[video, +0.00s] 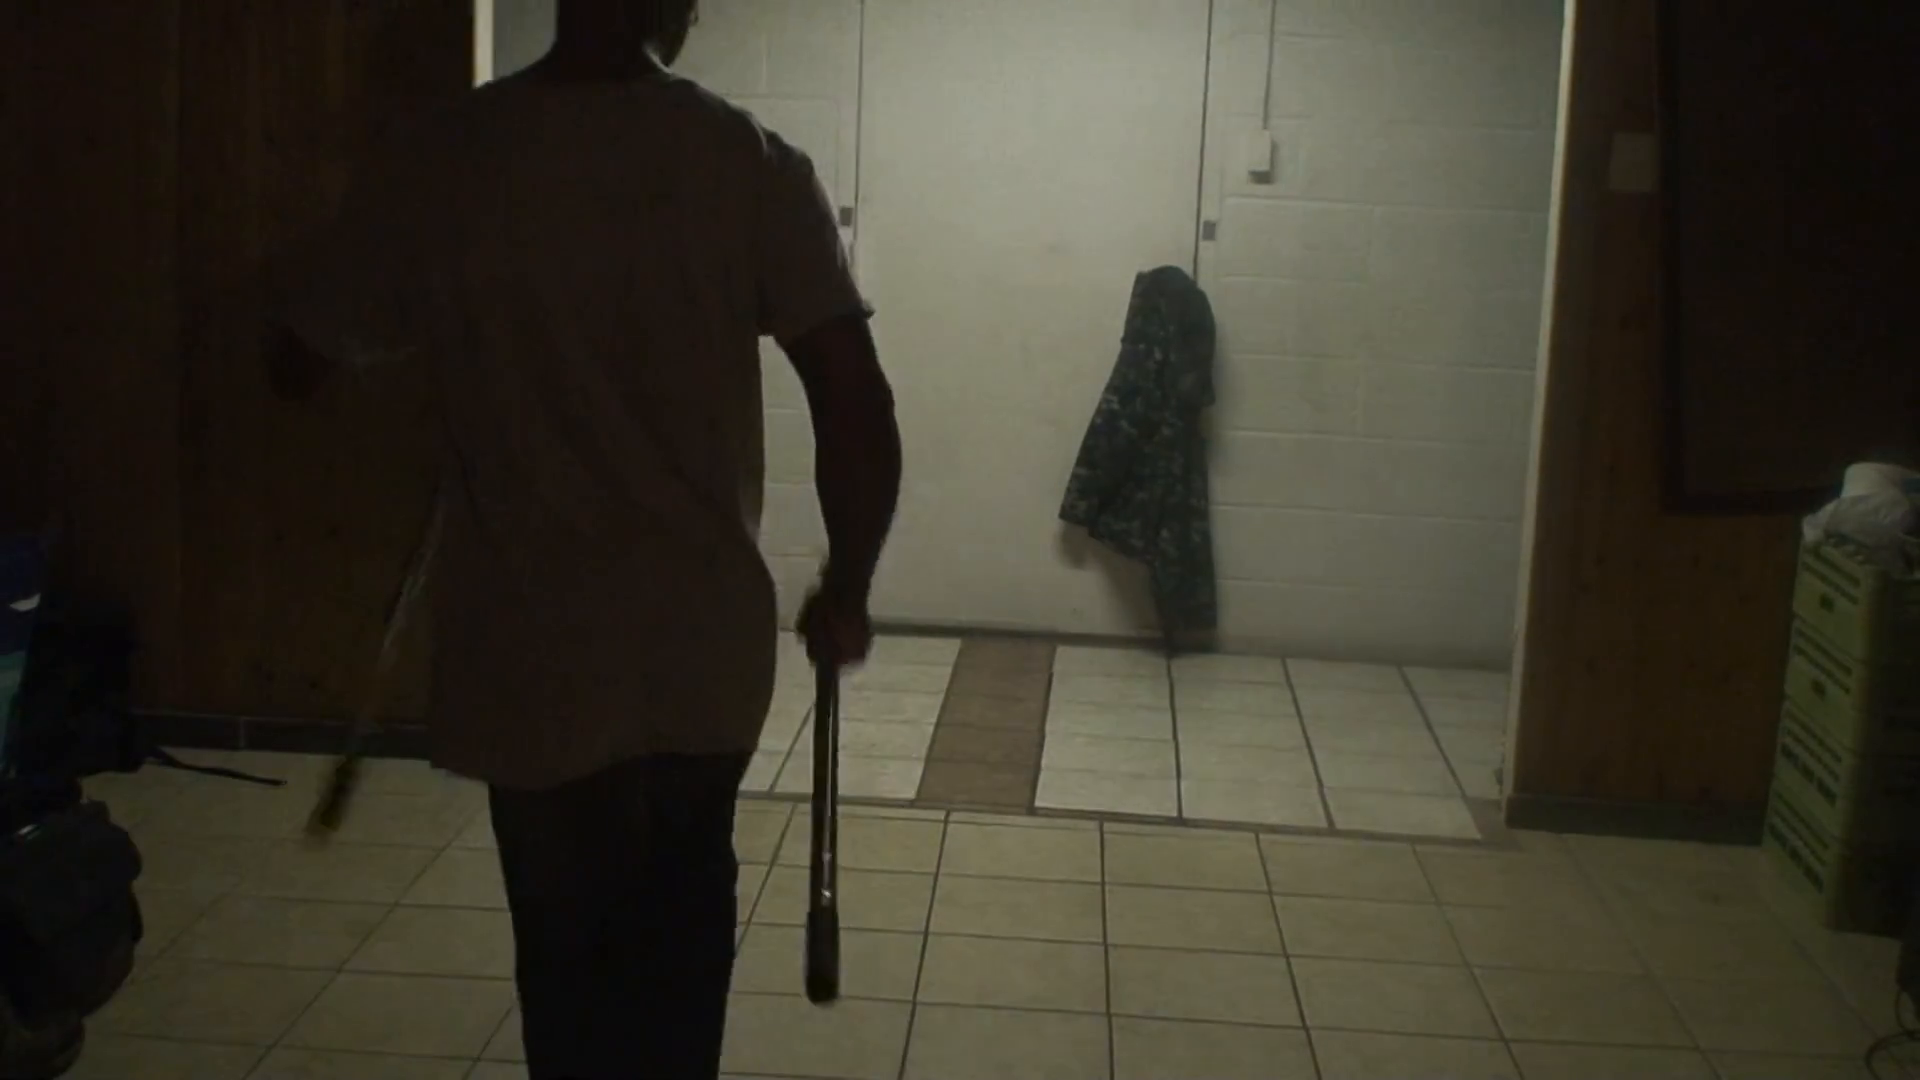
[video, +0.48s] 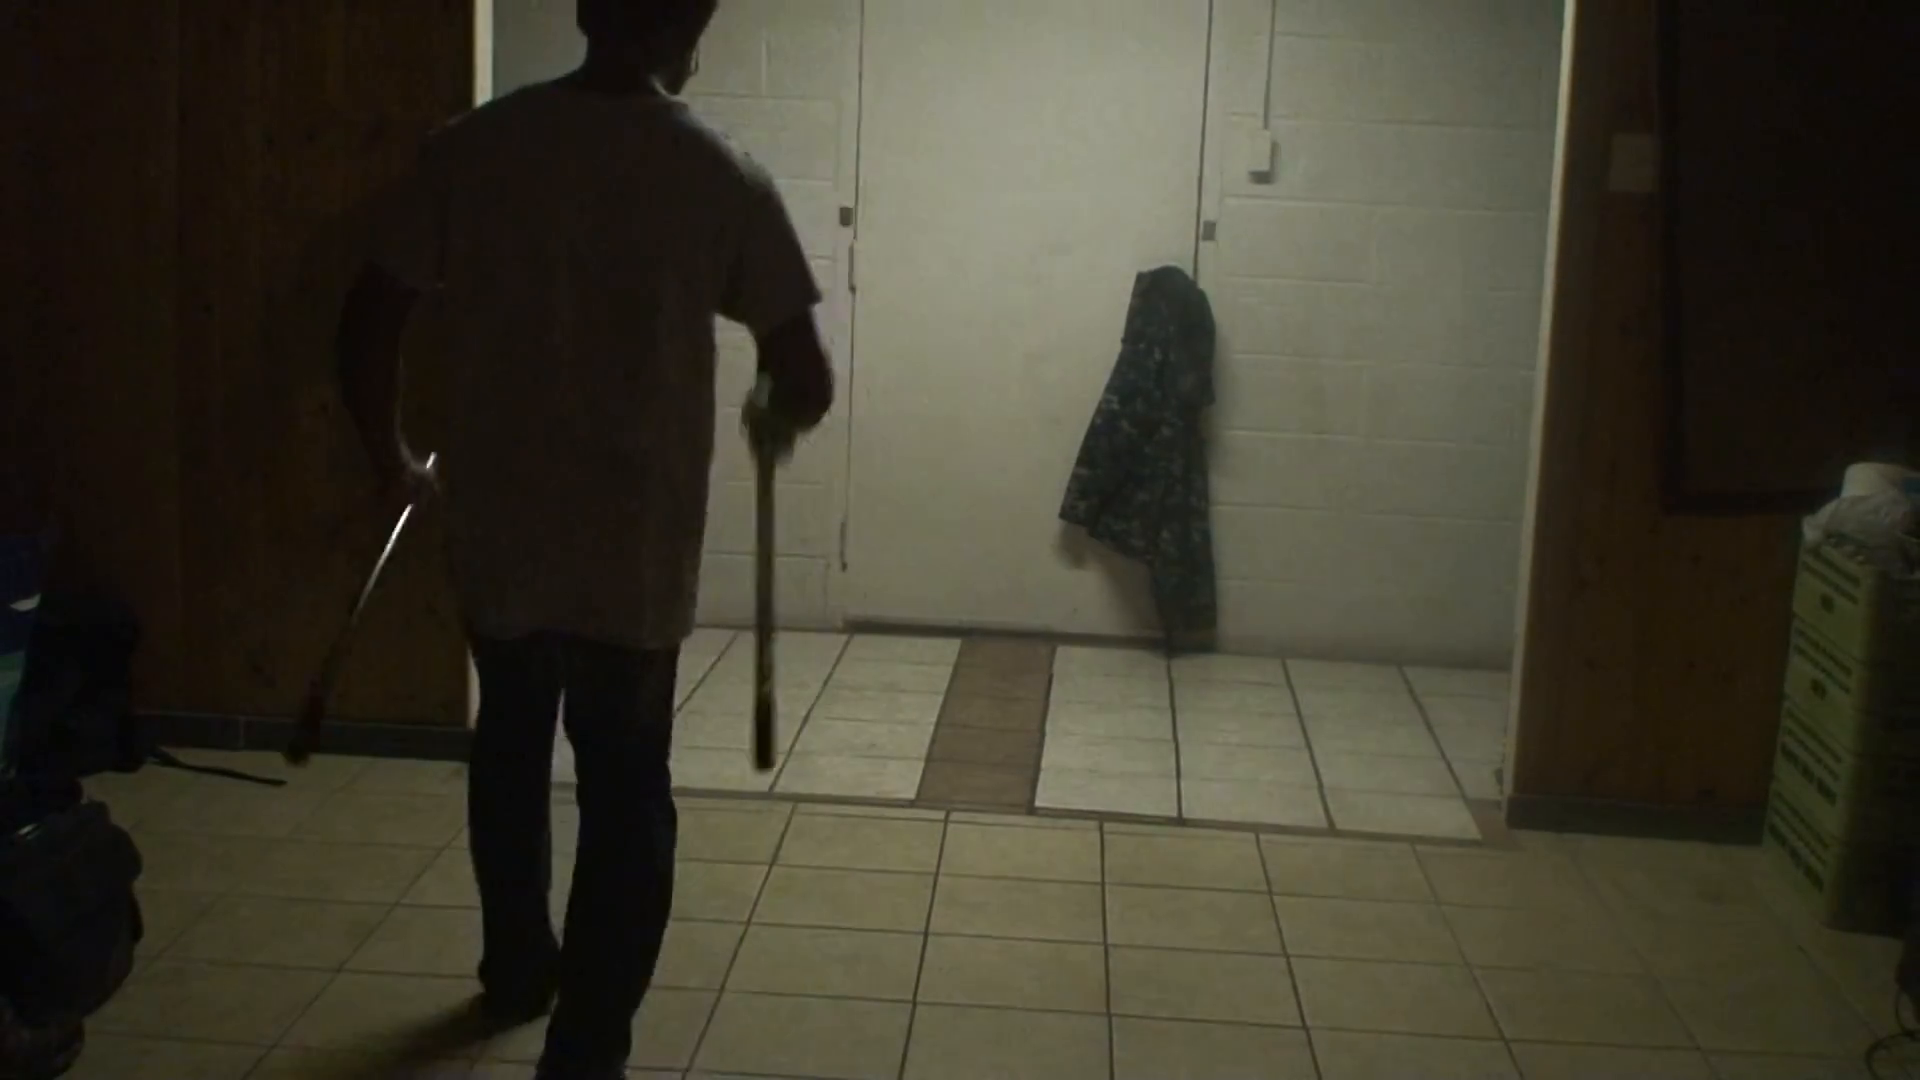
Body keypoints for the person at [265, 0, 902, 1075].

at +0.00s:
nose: (681, 21)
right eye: (684, 16)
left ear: (558, 6)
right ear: (675, 16)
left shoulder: (446, 148)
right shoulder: (747, 167)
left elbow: (298, 350)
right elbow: (856, 407)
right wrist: (847, 587)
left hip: (517, 637)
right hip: (699, 635)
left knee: (556, 940)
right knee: (681, 928)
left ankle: (571, 1074)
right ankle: (670, 1074)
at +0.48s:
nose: (699, 47)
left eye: (697, 29)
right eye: (698, 29)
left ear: (588, 21)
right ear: (678, 31)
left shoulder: (471, 146)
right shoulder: (717, 173)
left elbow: (370, 317)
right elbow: (805, 377)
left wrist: (386, 456)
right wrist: (777, 418)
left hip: (494, 524)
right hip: (635, 540)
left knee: (507, 742)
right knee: (627, 793)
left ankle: (514, 965)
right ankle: (588, 1054)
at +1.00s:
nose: (723, 74)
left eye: (720, 54)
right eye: (721, 55)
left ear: (629, 43)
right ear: (699, 55)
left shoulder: (529, 153)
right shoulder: (712, 174)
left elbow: (438, 260)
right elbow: (731, 341)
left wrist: (506, 292)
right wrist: (731, 475)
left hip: (548, 451)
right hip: (666, 453)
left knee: (558, 657)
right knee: (673, 641)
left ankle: (549, 899)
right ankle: (636, 839)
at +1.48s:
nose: (821, 65)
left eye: (820, 49)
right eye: (818, 49)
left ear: (738, 39)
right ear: (794, 49)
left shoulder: (638, 143)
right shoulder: (794, 160)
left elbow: (570, 260)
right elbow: (840, 310)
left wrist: (590, 374)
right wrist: (885, 294)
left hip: (666, 404)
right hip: (751, 415)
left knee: (705, 546)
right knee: (738, 601)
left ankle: (705, 723)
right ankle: (674, 789)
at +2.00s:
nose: (955, 104)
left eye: (959, 87)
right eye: (946, 85)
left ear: (888, 80)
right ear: (899, 79)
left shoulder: (827, 148)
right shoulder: (886, 171)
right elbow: (840, 289)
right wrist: (841, 411)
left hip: (835, 397)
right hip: (898, 400)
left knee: (837, 535)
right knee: (957, 525)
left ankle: (770, 698)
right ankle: (922, 681)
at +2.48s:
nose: (1124, 105)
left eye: (1134, 87)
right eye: (1109, 87)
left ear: (1140, 78)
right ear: (1063, 75)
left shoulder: (1086, 146)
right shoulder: (1015, 167)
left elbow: (1066, 267)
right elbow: (989, 288)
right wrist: (1082, 241)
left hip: (1124, 376)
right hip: (1057, 399)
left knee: (1195, 519)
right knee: (1077, 539)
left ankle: (1181, 689)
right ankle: (1022, 684)